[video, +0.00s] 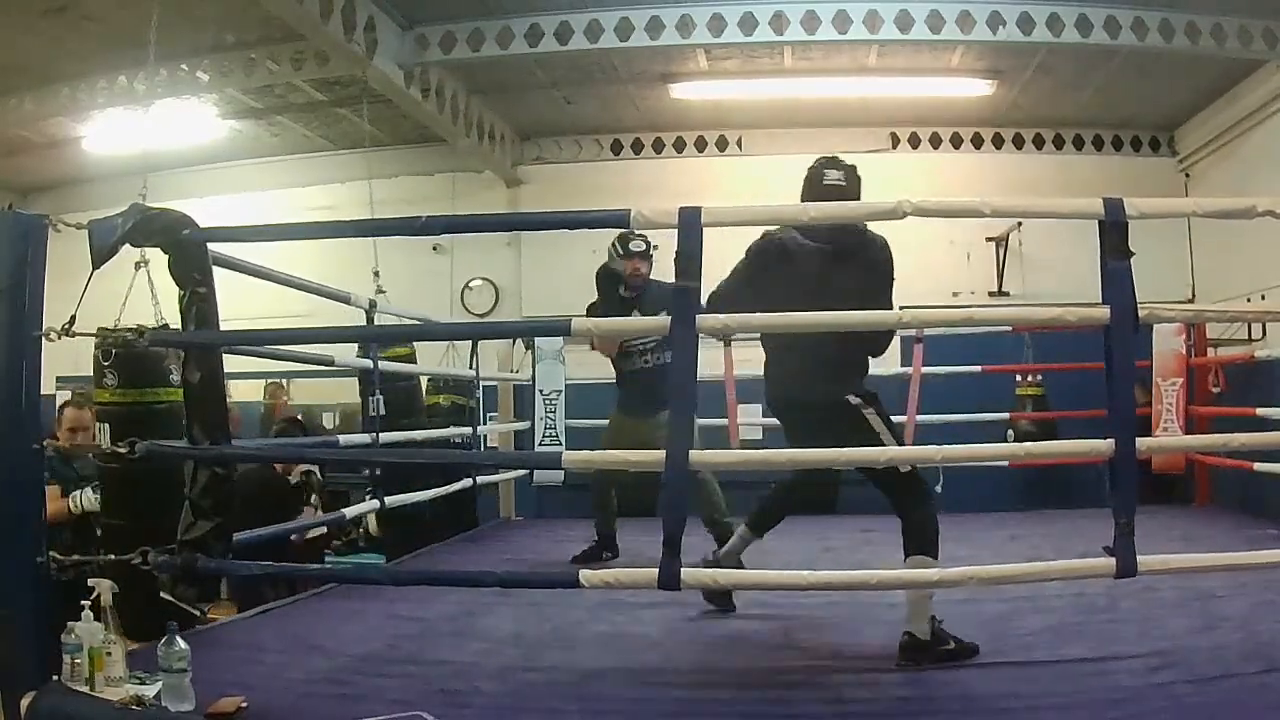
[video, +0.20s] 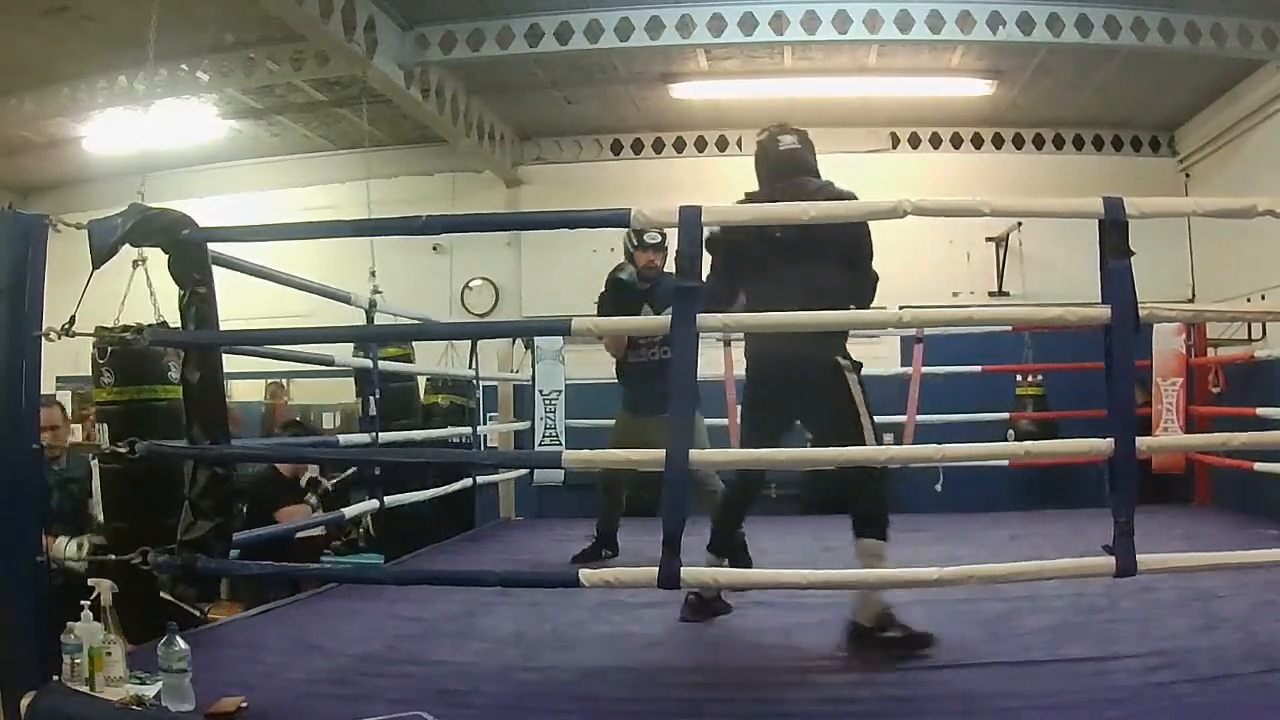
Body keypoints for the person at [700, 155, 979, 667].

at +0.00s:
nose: (839, 212)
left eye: (828, 201)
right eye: (847, 202)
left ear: (804, 200)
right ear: (857, 202)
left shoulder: (772, 247)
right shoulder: (871, 251)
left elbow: (717, 312)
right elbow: (877, 340)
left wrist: (767, 313)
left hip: (785, 396)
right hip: (844, 397)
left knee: (808, 481)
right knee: (916, 500)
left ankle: (723, 562)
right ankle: (921, 630)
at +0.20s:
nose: (794, 177)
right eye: (803, 163)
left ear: (760, 169)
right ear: (813, 161)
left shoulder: (740, 214)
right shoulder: (842, 203)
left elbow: (717, 296)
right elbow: (863, 287)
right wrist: (826, 317)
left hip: (765, 364)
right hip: (825, 362)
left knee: (748, 474)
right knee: (869, 475)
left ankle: (704, 588)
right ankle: (870, 611)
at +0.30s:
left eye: (756, 163)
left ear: (751, 168)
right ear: (802, 162)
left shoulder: (731, 211)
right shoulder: (834, 203)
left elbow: (710, 292)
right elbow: (854, 284)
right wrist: (809, 255)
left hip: (748, 365)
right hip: (807, 364)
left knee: (740, 470)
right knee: (849, 481)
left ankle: (698, 581)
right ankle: (827, 613)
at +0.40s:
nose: (788, 202)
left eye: (784, 194)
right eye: (788, 193)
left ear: (742, 195)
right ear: (795, 192)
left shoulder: (724, 240)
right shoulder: (815, 233)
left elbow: (704, 305)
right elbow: (844, 299)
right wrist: (828, 234)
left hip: (736, 387)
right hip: (789, 388)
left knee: (728, 476)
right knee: (840, 509)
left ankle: (662, 558)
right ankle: (811, 631)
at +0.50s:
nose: (731, 209)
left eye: (718, 201)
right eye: (734, 198)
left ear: (699, 206)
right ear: (751, 200)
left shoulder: (689, 251)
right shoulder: (784, 237)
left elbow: (671, 323)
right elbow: (836, 302)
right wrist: (820, 276)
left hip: (724, 403)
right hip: (791, 399)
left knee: (691, 486)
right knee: (825, 507)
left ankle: (660, 575)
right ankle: (818, 611)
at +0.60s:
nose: (644, 243)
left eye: (646, 232)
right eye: (643, 232)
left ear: (662, 232)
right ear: (698, 218)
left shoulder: (682, 277)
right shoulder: (755, 256)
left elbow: (634, 344)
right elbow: (791, 274)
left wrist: (614, 315)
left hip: (722, 409)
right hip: (786, 404)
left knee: (664, 468)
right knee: (793, 499)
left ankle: (662, 580)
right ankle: (846, 588)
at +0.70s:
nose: (636, 251)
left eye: (636, 242)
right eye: (636, 241)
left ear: (645, 245)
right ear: (691, 229)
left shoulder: (659, 282)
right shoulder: (738, 264)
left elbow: (637, 322)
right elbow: (777, 333)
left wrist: (634, 280)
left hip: (698, 407)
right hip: (769, 401)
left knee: (662, 470)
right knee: (795, 499)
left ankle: (662, 583)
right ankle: (843, 587)